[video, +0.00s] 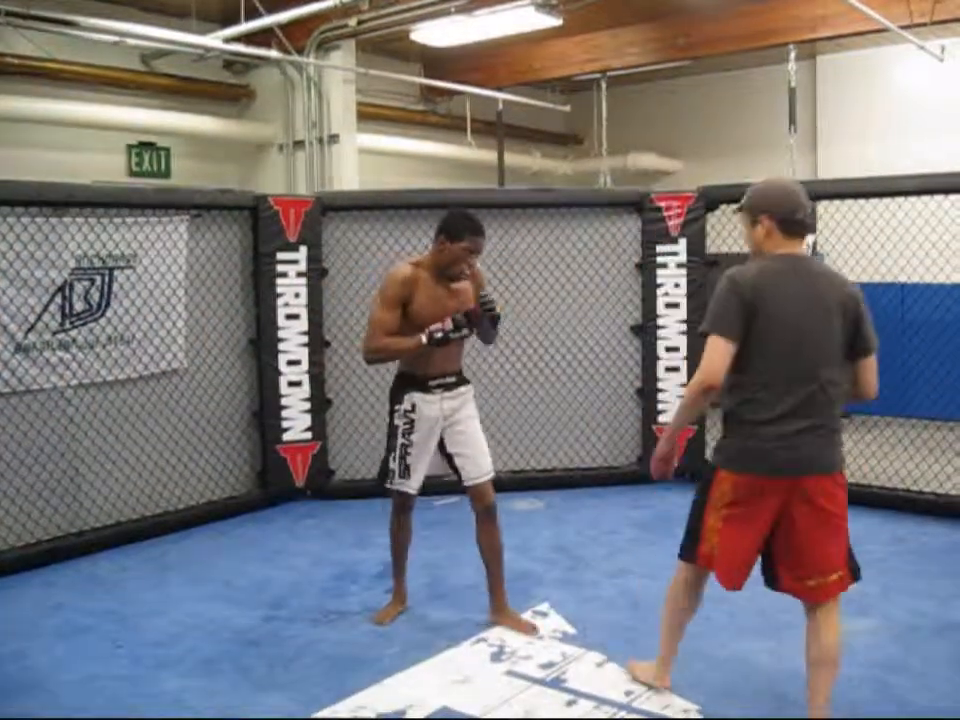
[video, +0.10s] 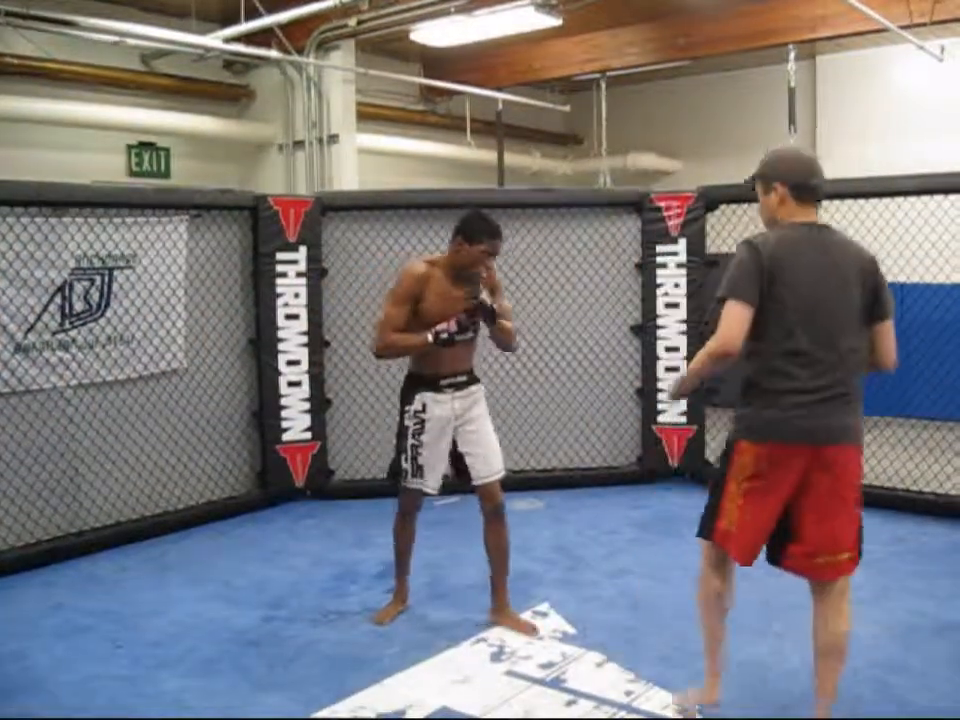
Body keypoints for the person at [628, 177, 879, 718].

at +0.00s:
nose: (744, 234)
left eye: (746, 225)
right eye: (744, 224)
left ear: (765, 225)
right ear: (804, 226)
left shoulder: (742, 281)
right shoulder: (843, 289)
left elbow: (710, 378)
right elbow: (866, 386)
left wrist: (673, 431)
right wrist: (808, 384)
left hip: (746, 462)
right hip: (820, 465)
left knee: (694, 565)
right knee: (824, 600)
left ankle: (660, 668)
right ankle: (818, 711)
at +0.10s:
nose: (758, 205)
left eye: (759, 195)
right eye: (759, 195)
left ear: (776, 193)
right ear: (814, 194)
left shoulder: (759, 251)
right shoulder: (861, 259)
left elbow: (728, 343)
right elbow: (884, 357)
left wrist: (687, 377)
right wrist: (829, 350)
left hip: (766, 435)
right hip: (840, 439)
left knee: (718, 556)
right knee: (833, 584)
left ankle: (711, 687)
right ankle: (823, 709)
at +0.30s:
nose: (781, 210)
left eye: (782, 200)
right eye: (780, 201)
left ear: (800, 195)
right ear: (842, 195)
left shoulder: (788, 253)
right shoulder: (892, 261)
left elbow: (762, 349)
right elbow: (919, 364)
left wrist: (730, 349)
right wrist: (862, 360)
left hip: (799, 450)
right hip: (872, 448)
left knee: (759, 578)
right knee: (877, 592)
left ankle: (798, 708)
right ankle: (883, 711)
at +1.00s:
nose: (749, 217)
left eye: (749, 206)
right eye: (749, 206)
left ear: (765, 206)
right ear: (816, 202)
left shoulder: (744, 277)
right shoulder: (872, 268)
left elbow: (701, 382)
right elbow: (886, 347)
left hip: (784, 487)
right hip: (873, 483)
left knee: (749, 653)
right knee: (898, 649)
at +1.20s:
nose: (770, 232)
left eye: (771, 221)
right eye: (768, 221)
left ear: (790, 224)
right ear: (841, 218)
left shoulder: (772, 294)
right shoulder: (889, 285)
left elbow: (707, 398)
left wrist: (728, 399)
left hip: (789, 514)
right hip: (876, 512)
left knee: (727, 646)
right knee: (903, 675)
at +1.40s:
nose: (707, 237)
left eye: (708, 226)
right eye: (707, 225)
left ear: (723, 229)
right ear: (781, 221)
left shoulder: (723, 298)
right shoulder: (835, 287)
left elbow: (713, 423)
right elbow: (844, 272)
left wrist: (668, 456)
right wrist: (824, 218)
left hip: (772, 513)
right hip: (856, 504)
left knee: (718, 665)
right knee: (892, 677)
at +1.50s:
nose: (667, 222)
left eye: (668, 213)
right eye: (667, 212)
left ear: (682, 218)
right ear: (735, 206)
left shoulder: (691, 284)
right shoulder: (798, 263)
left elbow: (693, 403)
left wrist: (660, 424)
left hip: (756, 498)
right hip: (841, 485)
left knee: (707, 660)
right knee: (886, 665)